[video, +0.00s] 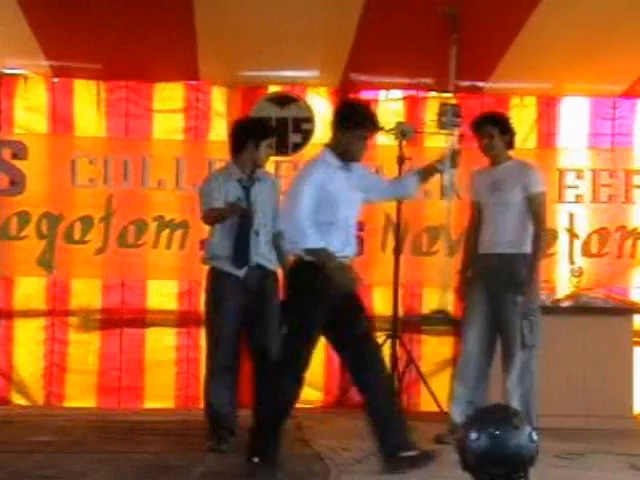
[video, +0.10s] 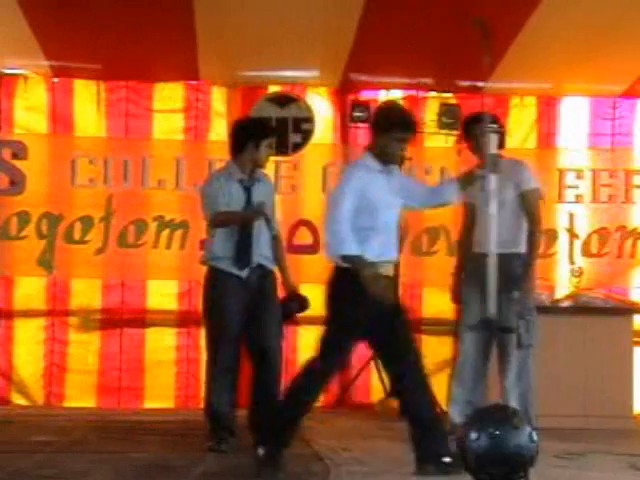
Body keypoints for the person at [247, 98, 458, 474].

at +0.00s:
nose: (365, 146)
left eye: (368, 139)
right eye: (360, 138)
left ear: (366, 139)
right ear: (341, 134)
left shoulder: (356, 175)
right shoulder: (315, 172)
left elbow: (396, 188)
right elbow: (295, 225)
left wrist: (438, 166)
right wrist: (328, 261)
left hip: (337, 273)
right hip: (309, 272)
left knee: (368, 363)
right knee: (289, 366)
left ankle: (397, 447)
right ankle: (263, 451)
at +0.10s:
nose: (403, 151)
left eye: (407, 143)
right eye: (398, 142)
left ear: (405, 142)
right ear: (378, 138)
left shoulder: (396, 179)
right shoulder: (356, 175)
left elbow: (428, 197)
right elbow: (337, 226)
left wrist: (465, 181)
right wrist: (361, 266)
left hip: (382, 278)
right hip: (353, 276)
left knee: (407, 368)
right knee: (327, 363)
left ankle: (433, 452)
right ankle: (272, 437)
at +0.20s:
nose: (444, 146)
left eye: (448, 139)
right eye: (439, 138)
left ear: (448, 137)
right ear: (418, 134)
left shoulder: (434, 174)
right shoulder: (395, 173)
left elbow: (464, 195)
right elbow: (370, 228)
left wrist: (508, 186)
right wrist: (379, 276)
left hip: (421, 274)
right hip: (396, 273)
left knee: (440, 366)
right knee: (403, 361)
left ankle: (436, 455)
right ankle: (325, 421)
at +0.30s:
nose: (476, 145)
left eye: (478, 137)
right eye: (470, 136)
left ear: (473, 135)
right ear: (447, 132)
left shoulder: (463, 171)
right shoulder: (419, 168)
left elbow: (496, 195)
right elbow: (388, 218)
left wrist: (547, 184)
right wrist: (385, 275)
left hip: (446, 270)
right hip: (418, 268)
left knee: (447, 361)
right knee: (445, 361)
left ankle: (438, 454)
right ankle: (383, 423)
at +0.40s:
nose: (507, 144)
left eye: (511, 136)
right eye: (502, 135)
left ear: (510, 134)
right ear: (481, 130)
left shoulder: (504, 167)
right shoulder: (453, 169)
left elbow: (536, 196)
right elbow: (416, 217)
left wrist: (588, 190)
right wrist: (397, 273)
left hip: (493, 268)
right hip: (461, 268)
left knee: (463, 365)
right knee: (506, 346)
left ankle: (437, 452)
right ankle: (506, 445)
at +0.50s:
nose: (534, 147)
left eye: (537, 140)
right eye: (529, 139)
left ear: (539, 139)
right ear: (509, 134)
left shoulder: (531, 175)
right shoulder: (477, 175)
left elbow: (572, 199)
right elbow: (440, 224)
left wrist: (622, 196)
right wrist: (413, 279)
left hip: (512, 277)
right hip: (486, 276)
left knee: (476, 371)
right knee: (529, 365)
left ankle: (437, 451)